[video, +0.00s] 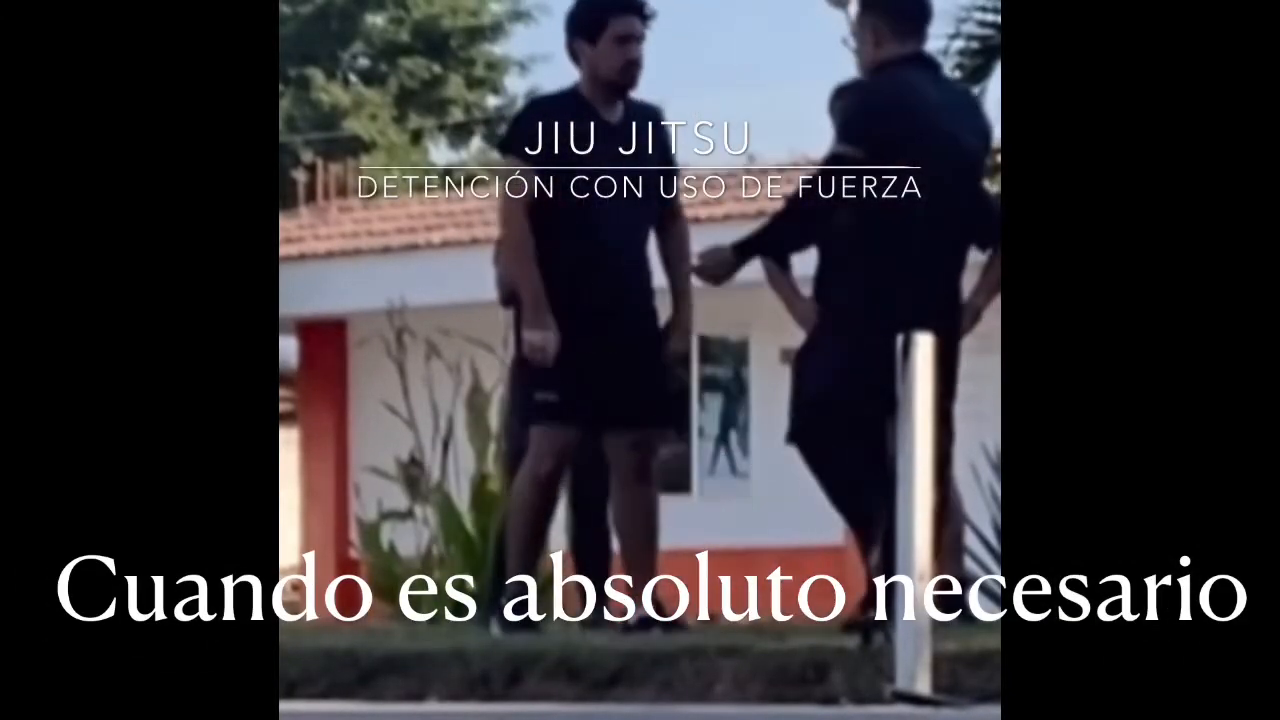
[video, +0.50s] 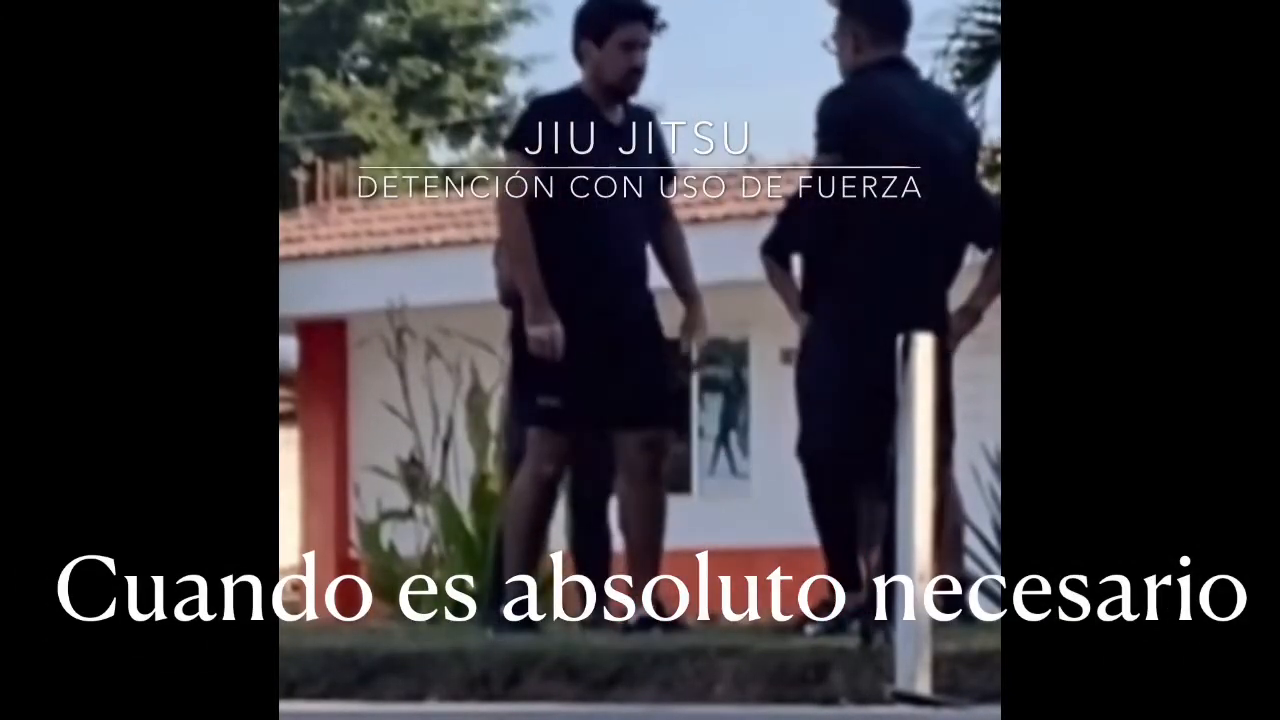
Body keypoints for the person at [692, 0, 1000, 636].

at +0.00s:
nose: (855, 44)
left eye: (857, 31)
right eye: (858, 32)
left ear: (872, 30)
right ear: (921, 32)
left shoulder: (867, 97)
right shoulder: (962, 105)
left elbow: (829, 196)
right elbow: (980, 213)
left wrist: (740, 254)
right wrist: (971, 306)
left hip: (859, 307)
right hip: (931, 308)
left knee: (820, 430)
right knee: (924, 457)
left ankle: (888, 571)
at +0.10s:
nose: (855, 44)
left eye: (858, 31)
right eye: (858, 32)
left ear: (872, 30)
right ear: (921, 32)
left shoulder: (868, 97)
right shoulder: (962, 106)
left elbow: (829, 197)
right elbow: (980, 214)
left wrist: (740, 254)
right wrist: (971, 307)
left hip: (859, 307)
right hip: (930, 308)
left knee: (820, 430)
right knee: (923, 456)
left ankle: (890, 571)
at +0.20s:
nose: (855, 44)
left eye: (858, 31)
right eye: (858, 32)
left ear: (872, 30)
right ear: (921, 32)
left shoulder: (868, 97)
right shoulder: (962, 106)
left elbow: (829, 197)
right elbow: (980, 214)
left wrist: (740, 254)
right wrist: (971, 307)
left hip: (859, 307)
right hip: (930, 308)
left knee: (820, 430)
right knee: (923, 456)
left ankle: (890, 571)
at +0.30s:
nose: (850, 41)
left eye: (853, 29)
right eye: (853, 29)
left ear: (871, 29)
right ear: (919, 31)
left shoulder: (862, 97)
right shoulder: (958, 107)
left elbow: (827, 192)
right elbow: (996, 233)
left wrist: (765, 275)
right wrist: (968, 310)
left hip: (855, 310)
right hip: (929, 312)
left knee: (827, 441)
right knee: (920, 456)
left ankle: (860, 592)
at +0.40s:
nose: (845, 46)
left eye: (849, 34)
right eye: (846, 35)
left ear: (869, 33)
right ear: (910, 35)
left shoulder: (855, 97)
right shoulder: (956, 109)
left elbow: (835, 188)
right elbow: (993, 230)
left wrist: (798, 297)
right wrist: (968, 312)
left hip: (848, 310)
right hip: (923, 311)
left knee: (838, 459)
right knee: (918, 467)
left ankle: (847, 598)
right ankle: (908, 600)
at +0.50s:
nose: (836, 49)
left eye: (838, 37)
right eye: (839, 38)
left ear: (852, 37)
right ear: (903, 36)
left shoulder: (845, 102)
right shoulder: (949, 111)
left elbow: (830, 192)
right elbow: (993, 231)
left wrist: (801, 312)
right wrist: (966, 314)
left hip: (844, 312)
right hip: (919, 312)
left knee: (827, 454)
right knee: (911, 462)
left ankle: (848, 593)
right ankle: (898, 597)